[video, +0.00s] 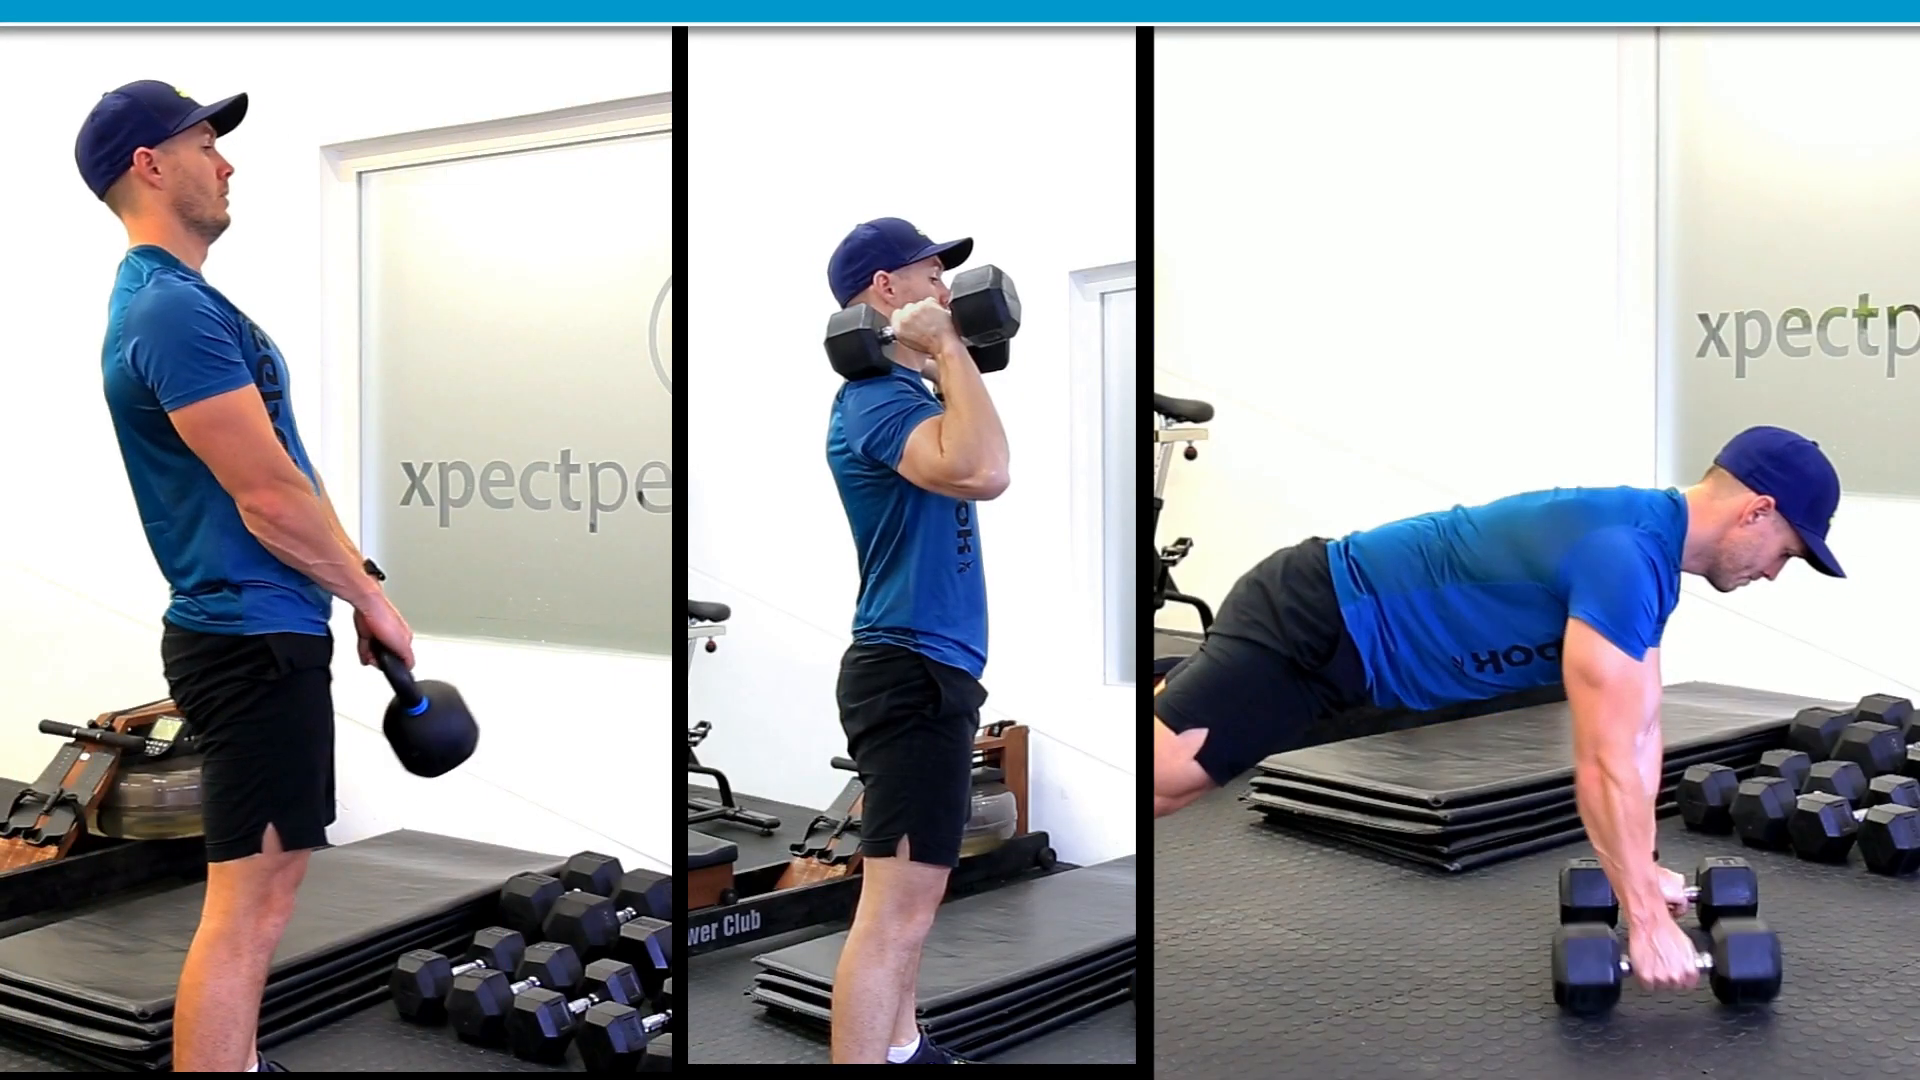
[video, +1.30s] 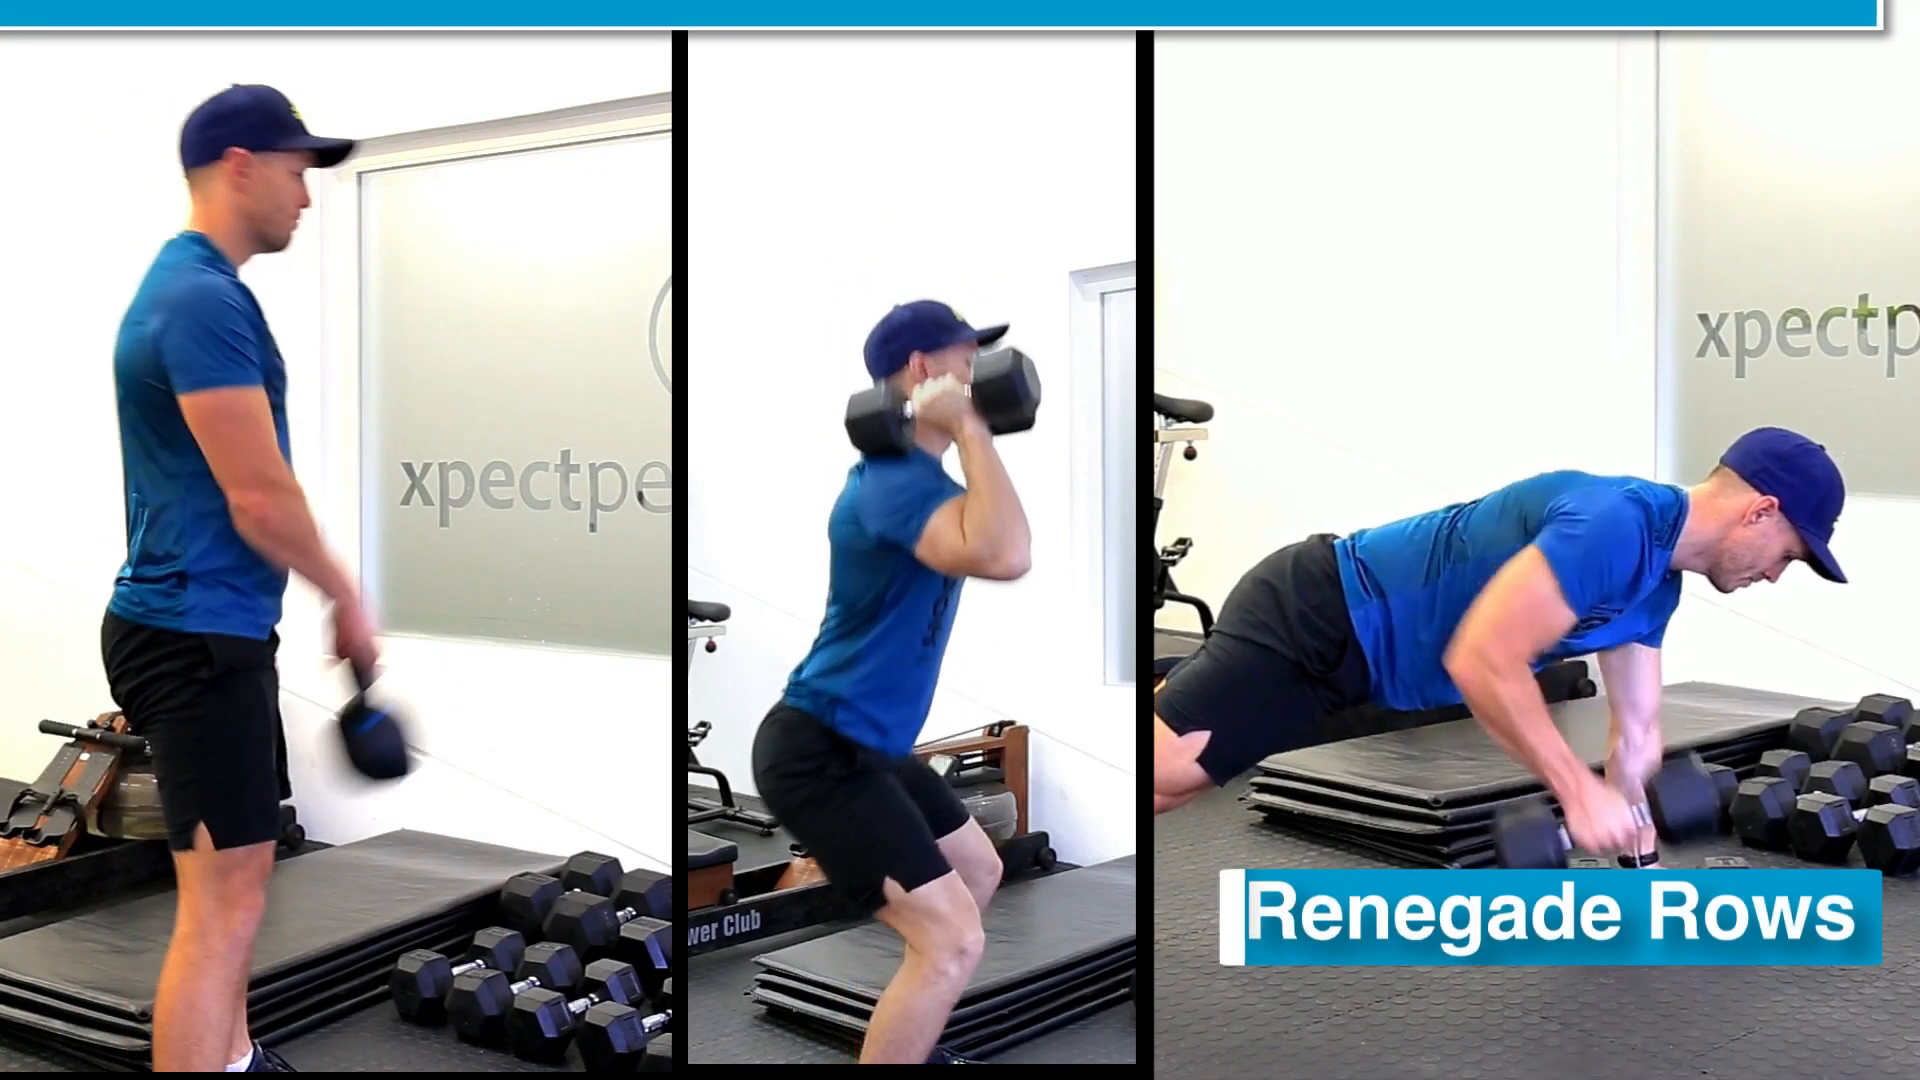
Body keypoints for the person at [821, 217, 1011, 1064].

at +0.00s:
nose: (947, 283)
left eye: (942, 270)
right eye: (933, 271)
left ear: (884, 291)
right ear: (886, 287)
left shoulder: (901, 397)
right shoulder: (871, 401)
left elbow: (986, 472)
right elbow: (977, 468)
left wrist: (948, 354)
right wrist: (946, 347)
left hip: (934, 675)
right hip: (908, 675)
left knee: (912, 903)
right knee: (895, 914)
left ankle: (899, 1048)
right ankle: (862, 1063)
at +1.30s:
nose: (975, 374)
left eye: (974, 360)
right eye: (965, 360)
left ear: (912, 374)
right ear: (919, 369)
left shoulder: (916, 476)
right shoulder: (891, 482)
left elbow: (992, 548)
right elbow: (1003, 555)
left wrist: (973, 428)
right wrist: (967, 426)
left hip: (868, 742)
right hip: (820, 750)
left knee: (977, 871)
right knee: (950, 944)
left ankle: (913, 1034)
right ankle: (893, 1055)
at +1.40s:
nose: (976, 397)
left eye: (975, 383)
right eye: (967, 383)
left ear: (914, 393)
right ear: (921, 388)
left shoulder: (918, 494)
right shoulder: (891, 501)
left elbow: (984, 566)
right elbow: (1004, 575)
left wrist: (970, 444)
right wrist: (966, 445)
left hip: (868, 754)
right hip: (815, 763)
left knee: (979, 874)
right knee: (953, 948)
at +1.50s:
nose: (981, 434)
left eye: (980, 421)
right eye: (972, 420)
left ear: (921, 428)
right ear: (926, 424)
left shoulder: (926, 527)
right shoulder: (890, 536)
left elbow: (999, 608)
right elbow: (1005, 618)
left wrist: (976, 489)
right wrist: (970, 487)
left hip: (865, 779)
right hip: (805, 793)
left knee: (986, 878)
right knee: (960, 952)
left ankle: (915, 1034)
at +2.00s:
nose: (997, 527)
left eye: (993, 511)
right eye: (985, 511)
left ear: (939, 526)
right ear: (939, 524)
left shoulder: (938, 621)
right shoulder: (896, 633)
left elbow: (1006, 715)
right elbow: (1000, 741)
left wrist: (989, 597)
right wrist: (979, 601)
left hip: (852, 840)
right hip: (789, 864)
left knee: (993, 882)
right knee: (968, 956)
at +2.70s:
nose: (997, 528)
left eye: (991, 512)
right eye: (983, 511)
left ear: (938, 529)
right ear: (935, 526)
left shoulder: (938, 625)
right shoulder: (894, 636)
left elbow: (1004, 724)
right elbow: (990, 750)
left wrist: (997, 609)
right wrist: (984, 612)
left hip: (863, 840)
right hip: (794, 863)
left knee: (996, 882)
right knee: (971, 959)